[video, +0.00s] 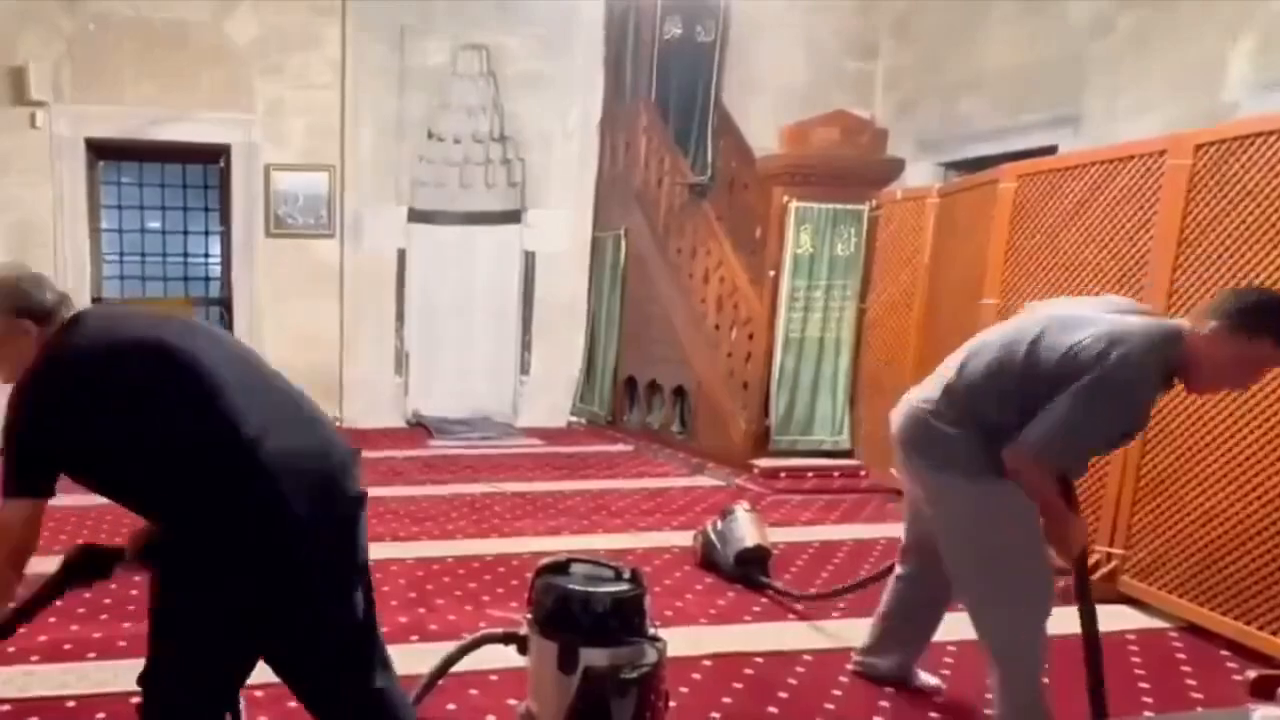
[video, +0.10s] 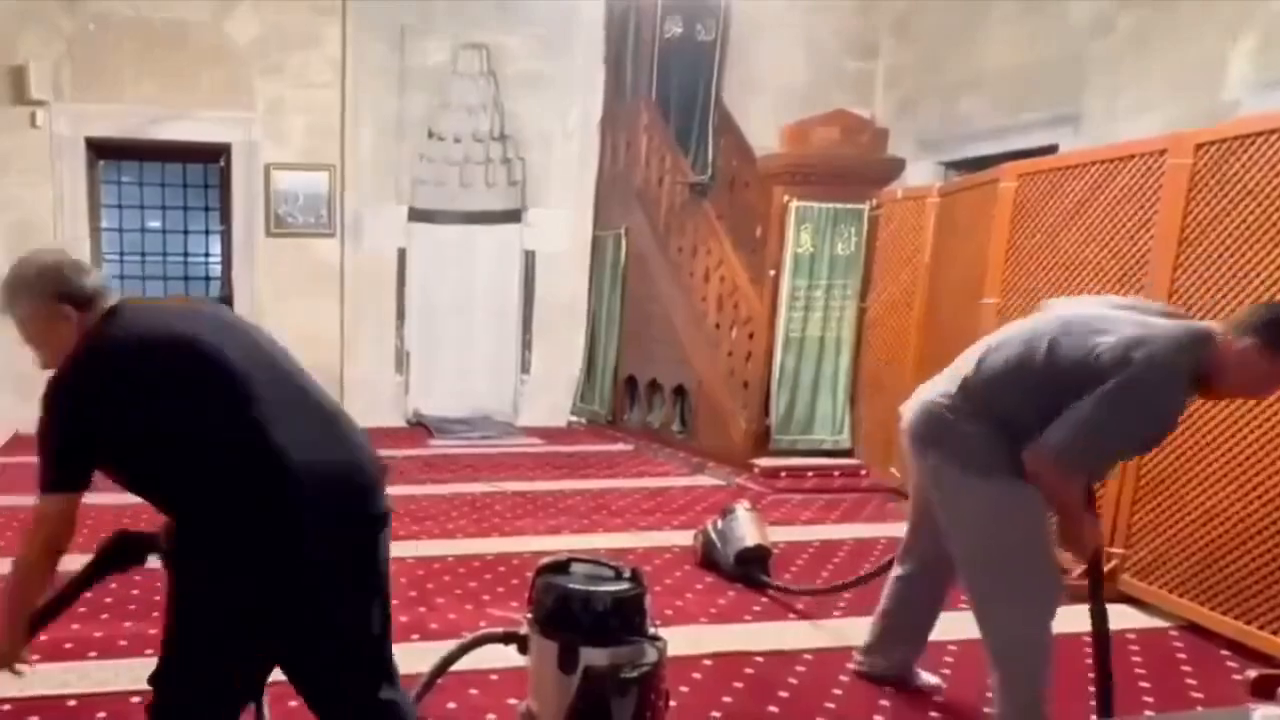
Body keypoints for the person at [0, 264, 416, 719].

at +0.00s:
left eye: (0, 341)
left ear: (24, 328)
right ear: (56, 311)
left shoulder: (43, 390)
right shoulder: (136, 330)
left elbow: (10, 567)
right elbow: (212, 475)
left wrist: (11, 608)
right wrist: (122, 554)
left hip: (226, 525)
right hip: (325, 488)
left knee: (181, 702)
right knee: (355, 686)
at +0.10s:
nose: (34, 356)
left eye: (31, 334)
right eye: (26, 338)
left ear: (62, 312)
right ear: (94, 296)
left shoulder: (77, 382)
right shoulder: (192, 318)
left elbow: (48, 541)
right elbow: (245, 446)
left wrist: (12, 632)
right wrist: (164, 535)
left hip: (244, 532)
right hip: (349, 500)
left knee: (191, 704)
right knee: (362, 692)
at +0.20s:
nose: (82, 342)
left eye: (80, 322)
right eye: (74, 326)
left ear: (111, 304)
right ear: (149, 286)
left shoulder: (124, 372)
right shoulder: (236, 306)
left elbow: (93, 527)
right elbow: (288, 438)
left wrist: (55, 629)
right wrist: (212, 529)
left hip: (277, 531)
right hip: (383, 507)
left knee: (205, 705)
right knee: (373, 698)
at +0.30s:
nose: (121, 337)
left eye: (120, 315)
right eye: (114, 320)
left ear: (158, 296)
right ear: (188, 283)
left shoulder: (170, 364)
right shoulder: (283, 300)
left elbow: (145, 522)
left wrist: (118, 627)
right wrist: (258, 526)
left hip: (313, 536)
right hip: (418, 514)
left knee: (236, 706)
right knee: (387, 698)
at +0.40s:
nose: (162, 329)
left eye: (163, 309)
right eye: (157, 312)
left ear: (200, 291)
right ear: (230, 277)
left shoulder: (210, 359)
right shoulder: (325, 295)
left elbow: (196, 510)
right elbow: (366, 410)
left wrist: (177, 622)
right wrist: (300, 503)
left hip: (348, 534)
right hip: (455, 515)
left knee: (277, 703)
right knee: (412, 697)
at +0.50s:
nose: (195, 326)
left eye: (194, 305)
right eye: (188, 308)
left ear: (229, 282)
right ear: (259, 270)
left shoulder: (239, 348)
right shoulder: (353, 287)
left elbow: (236, 502)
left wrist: (226, 611)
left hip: (373, 531)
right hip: (482, 513)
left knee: (287, 706)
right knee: (424, 701)